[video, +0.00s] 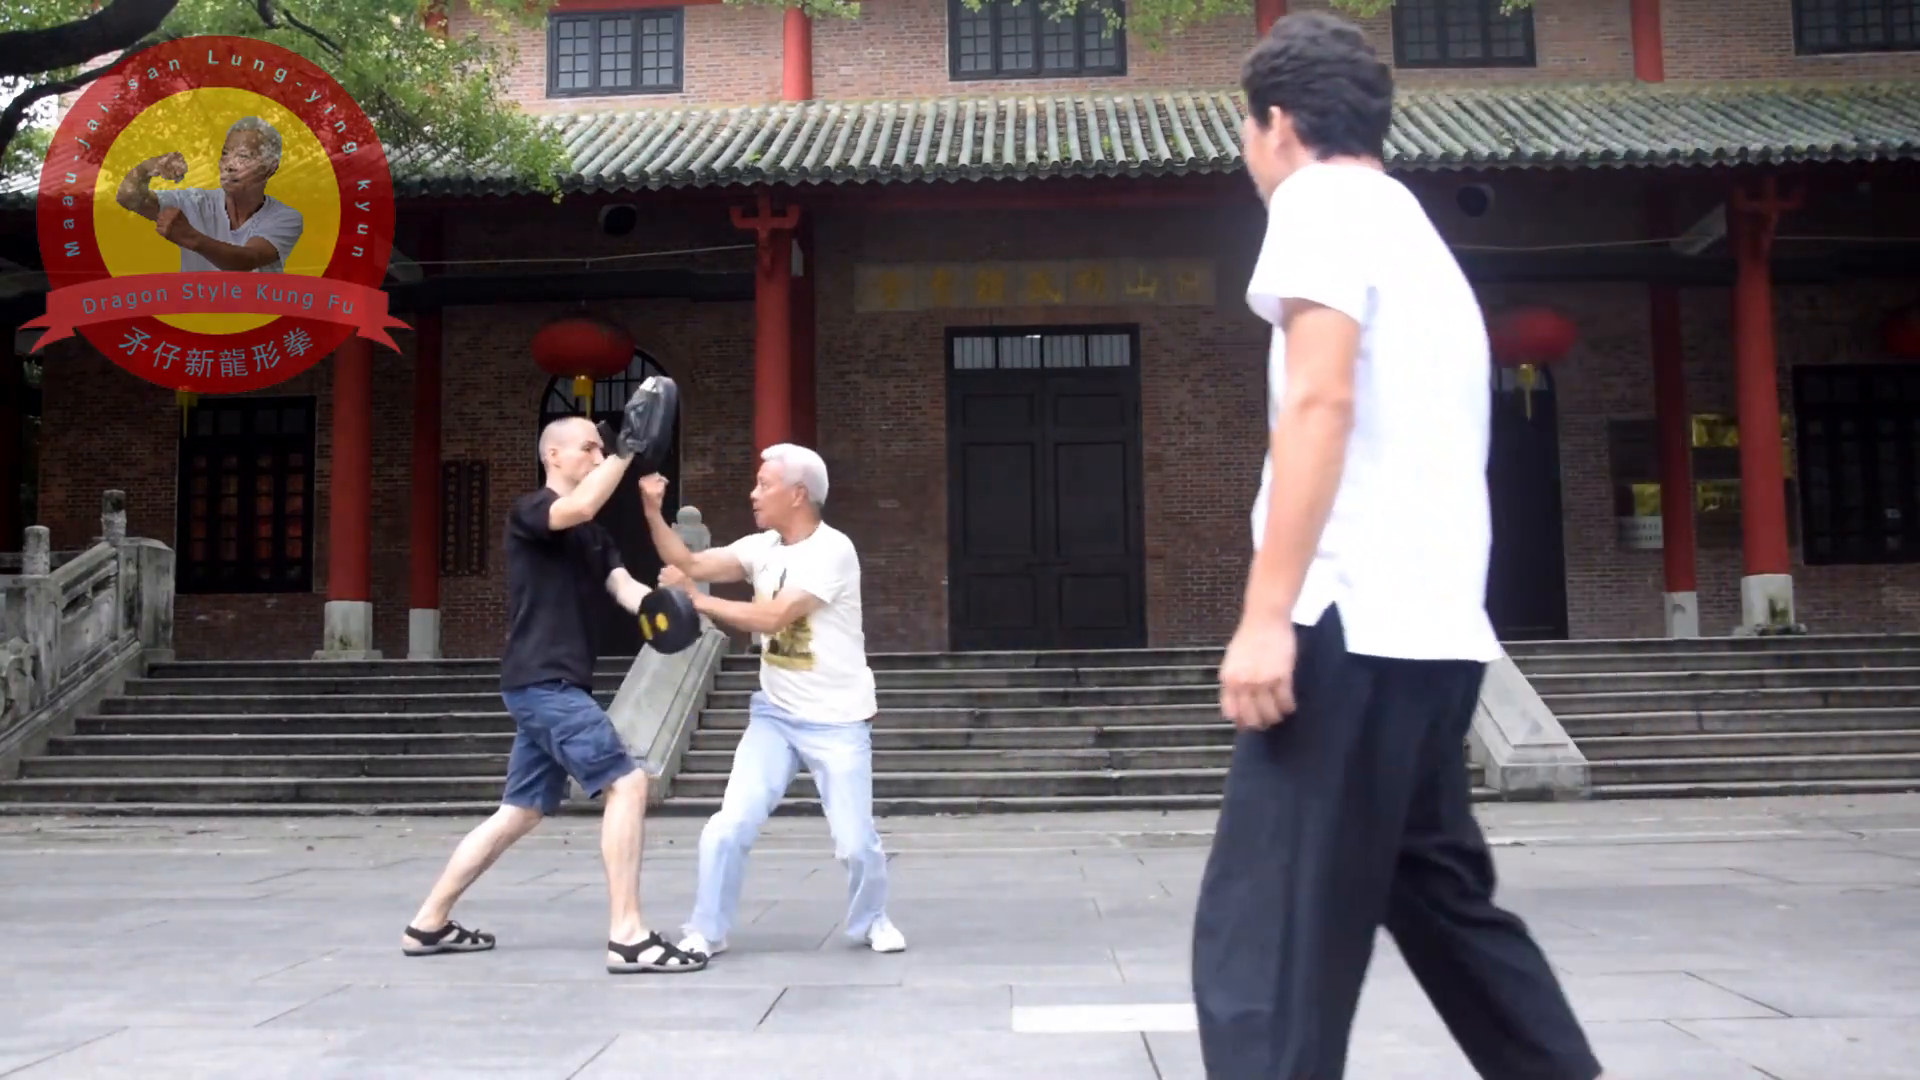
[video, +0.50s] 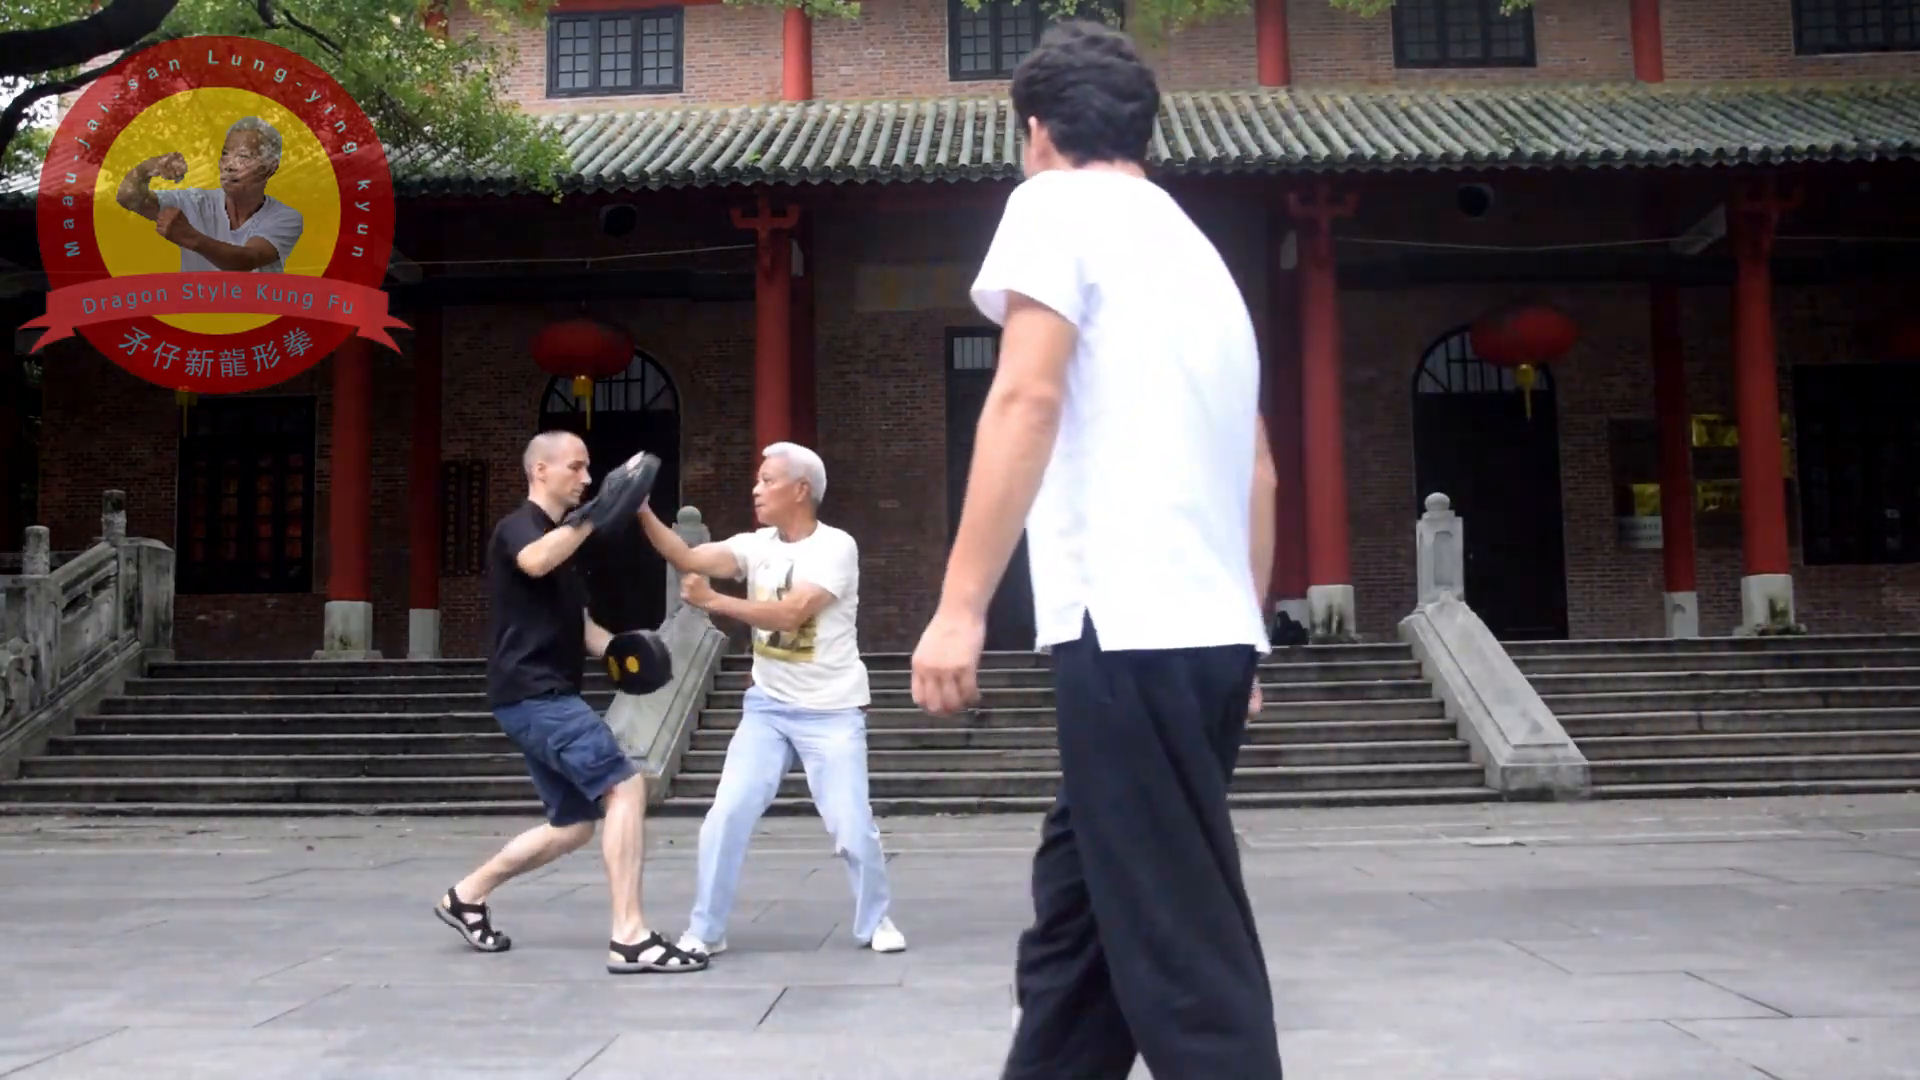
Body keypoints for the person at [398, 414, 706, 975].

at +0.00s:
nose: (600, 458)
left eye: (601, 450)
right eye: (587, 447)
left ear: (597, 460)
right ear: (551, 456)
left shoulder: (591, 525)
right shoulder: (530, 508)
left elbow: (621, 582)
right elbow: (579, 507)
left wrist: (654, 609)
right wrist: (628, 450)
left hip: (557, 682)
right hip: (539, 680)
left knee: (520, 810)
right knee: (628, 784)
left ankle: (428, 923)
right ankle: (628, 935)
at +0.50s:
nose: (585, 478)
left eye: (587, 469)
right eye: (576, 467)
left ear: (568, 476)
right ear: (539, 471)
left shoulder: (563, 535)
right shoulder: (519, 524)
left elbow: (575, 623)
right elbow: (535, 560)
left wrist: (620, 651)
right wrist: (595, 514)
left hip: (546, 693)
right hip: (532, 693)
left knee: (574, 825)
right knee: (626, 788)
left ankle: (466, 895)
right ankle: (630, 934)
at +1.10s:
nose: (456, 481)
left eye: (458, 473)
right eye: (446, 471)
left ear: (440, 479)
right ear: (411, 474)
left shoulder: (436, 539)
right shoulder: (380, 534)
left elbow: (510, 556)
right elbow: (440, 596)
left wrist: (566, 517)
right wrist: (523, 613)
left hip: (410, 703)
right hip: (345, 702)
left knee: (458, 788)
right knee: (296, 817)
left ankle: (456, 916)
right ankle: (227, 918)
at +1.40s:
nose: (422, 481)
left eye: (423, 472)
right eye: (411, 471)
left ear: (412, 478)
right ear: (375, 475)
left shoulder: (409, 540)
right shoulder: (349, 537)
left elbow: (478, 559)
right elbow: (407, 600)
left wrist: (531, 518)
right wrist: (490, 614)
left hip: (392, 701)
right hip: (328, 703)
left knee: (442, 787)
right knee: (290, 825)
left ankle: (452, 917)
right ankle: (224, 920)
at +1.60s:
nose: (409, 475)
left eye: (411, 466)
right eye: (399, 465)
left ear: (399, 474)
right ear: (363, 470)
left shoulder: (395, 535)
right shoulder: (345, 534)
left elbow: (463, 566)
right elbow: (412, 596)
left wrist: (508, 516)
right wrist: (487, 613)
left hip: (388, 700)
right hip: (325, 702)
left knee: (440, 787)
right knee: (287, 822)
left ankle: (453, 916)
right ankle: (225, 920)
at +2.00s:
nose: (391, 473)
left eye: (392, 463)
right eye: (380, 464)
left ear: (390, 468)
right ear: (348, 470)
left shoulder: (384, 528)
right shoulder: (332, 532)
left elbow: (433, 564)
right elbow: (394, 593)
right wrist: (463, 613)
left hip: (381, 695)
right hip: (317, 698)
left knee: (434, 787)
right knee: (284, 821)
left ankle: (452, 915)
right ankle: (224, 919)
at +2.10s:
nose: (379, 478)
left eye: (383, 470)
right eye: (368, 469)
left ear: (389, 476)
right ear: (346, 474)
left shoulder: (391, 528)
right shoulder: (330, 532)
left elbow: (446, 561)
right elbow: (400, 593)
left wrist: (452, 497)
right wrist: (470, 604)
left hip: (382, 696)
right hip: (322, 701)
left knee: (434, 787)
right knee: (286, 820)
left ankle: (464, 912)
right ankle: (224, 918)